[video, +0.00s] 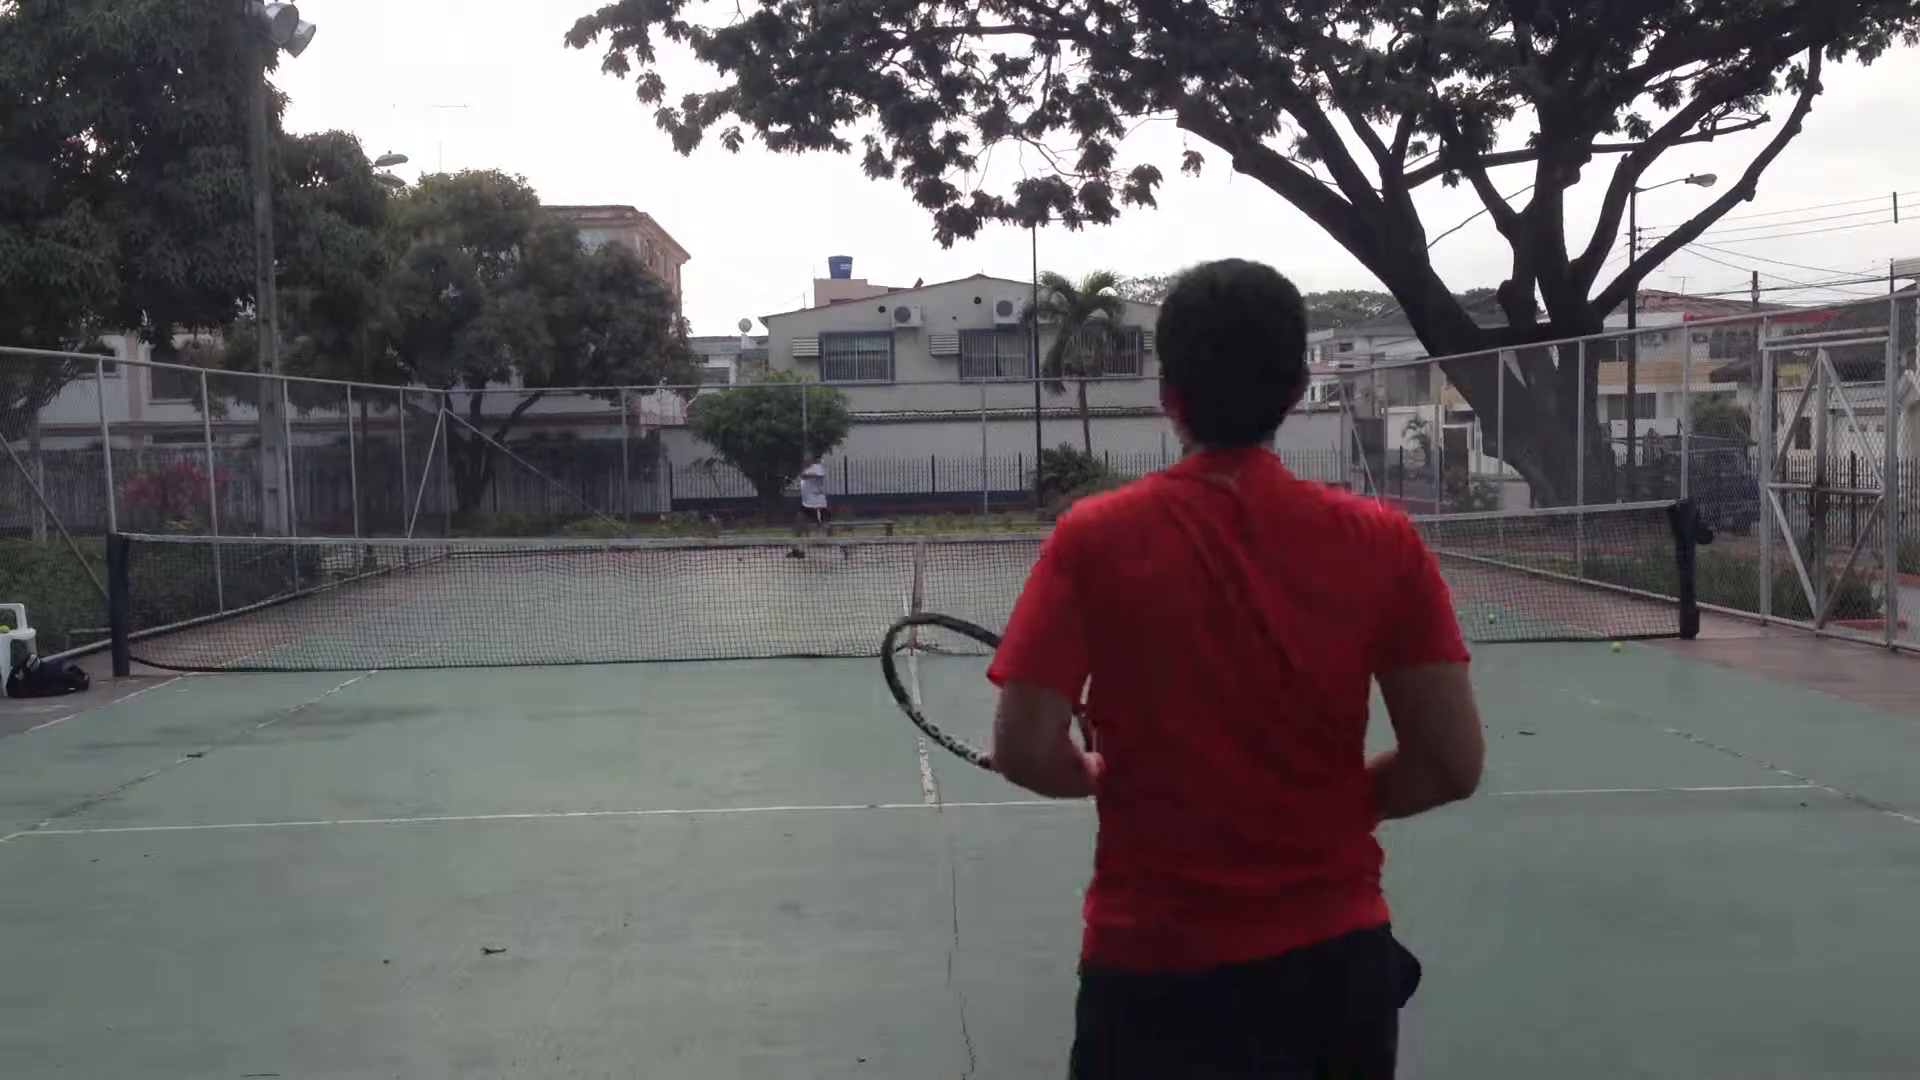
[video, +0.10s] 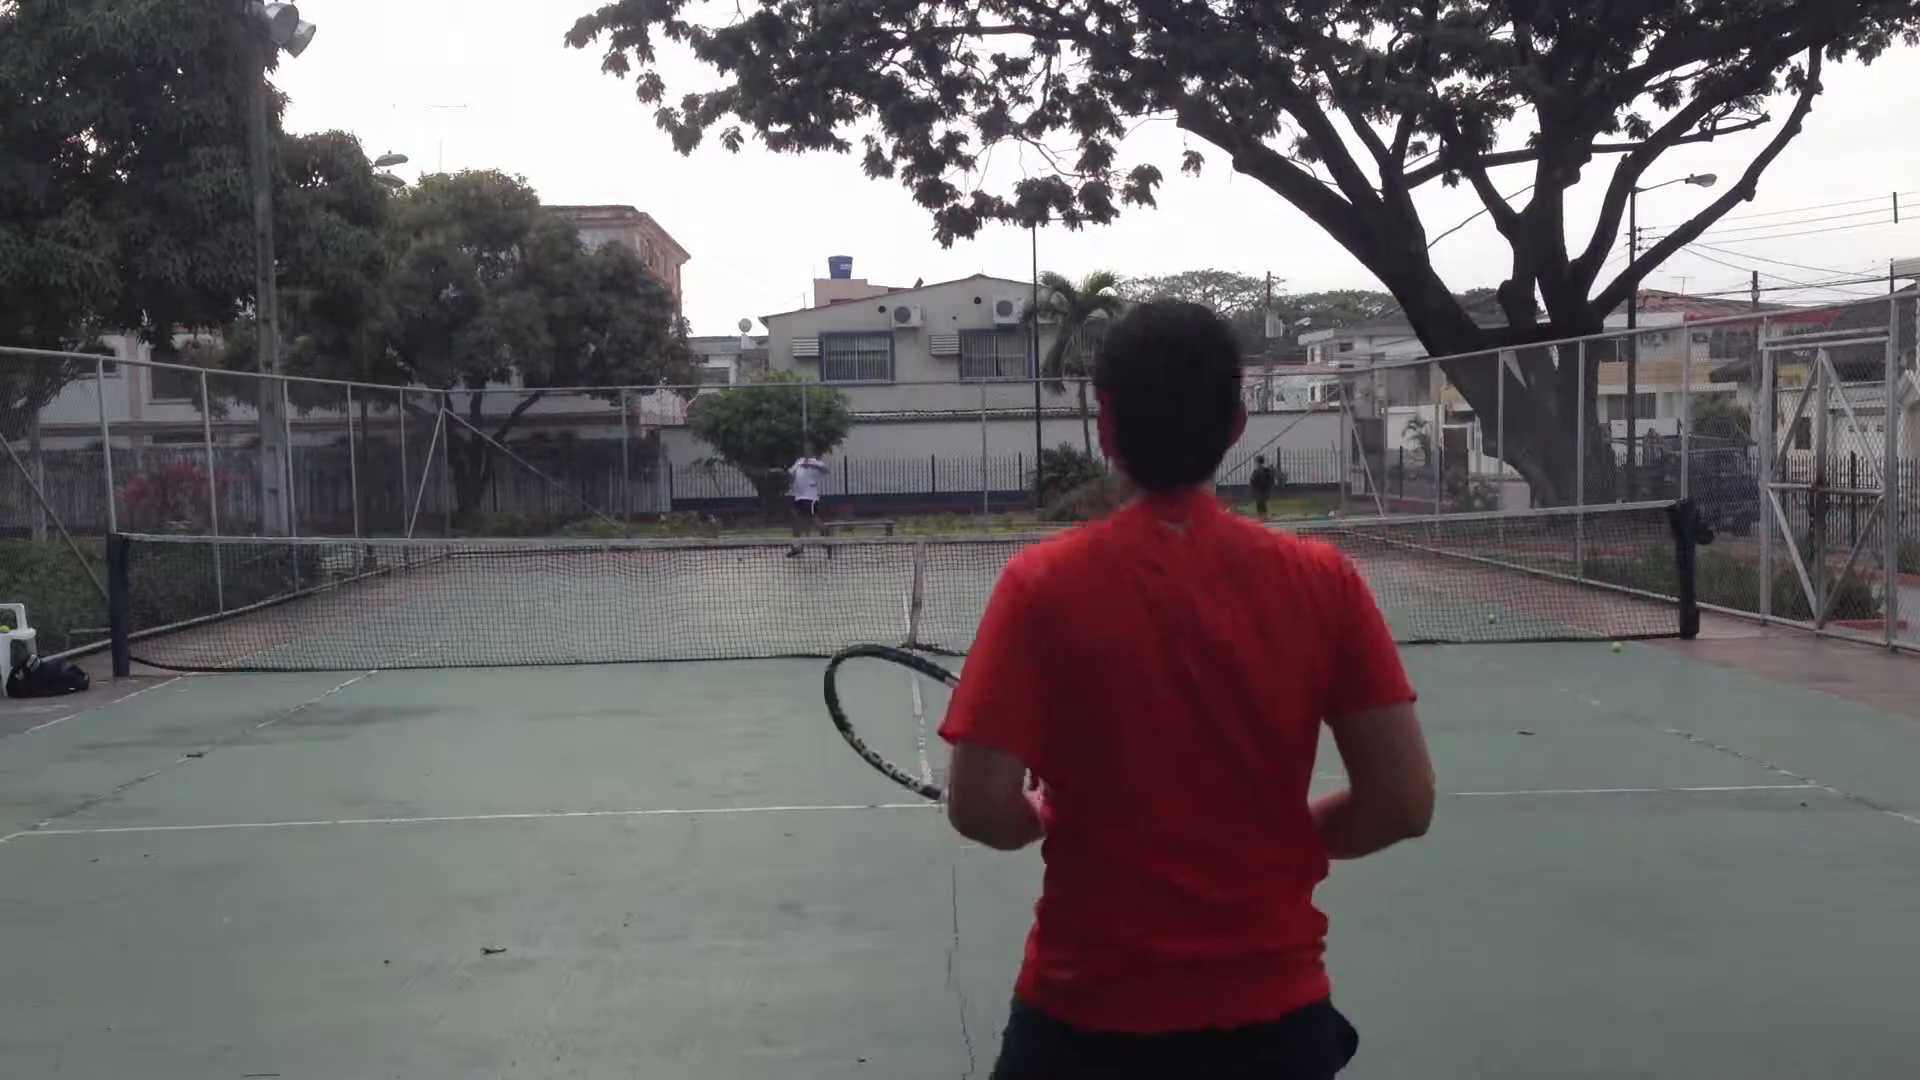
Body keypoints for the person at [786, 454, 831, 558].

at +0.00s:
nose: (805, 460)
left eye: (808, 457)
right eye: (804, 457)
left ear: (814, 458)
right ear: (804, 459)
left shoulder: (818, 467)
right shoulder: (805, 469)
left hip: (818, 504)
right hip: (806, 504)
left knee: (826, 530)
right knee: (798, 527)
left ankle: (842, 547)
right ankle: (798, 549)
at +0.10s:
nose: (807, 453)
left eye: (809, 450)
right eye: (805, 450)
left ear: (813, 452)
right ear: (803, 451)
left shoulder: (817, 463)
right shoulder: (799, 462)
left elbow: (825, 469)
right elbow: (790, 472)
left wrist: (810, 465)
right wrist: (785, 472)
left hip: (811, 496)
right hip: (798, 496)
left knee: (813, 519)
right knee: (796, 521)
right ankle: (797, 545)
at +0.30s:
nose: (801, 450)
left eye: (804, 449)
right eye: (800, 448)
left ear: (809, 452)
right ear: (798, 449)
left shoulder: (813, 463)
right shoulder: (791, 458)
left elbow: (825, 459)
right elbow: (782, 445)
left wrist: (823, 446)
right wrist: (794, 436)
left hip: (803, 496)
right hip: (789, 493)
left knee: (802, 522)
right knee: (787, 519)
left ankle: (804, 545)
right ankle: (784, 545)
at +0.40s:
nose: (798, 452)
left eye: (801, 451)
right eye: (798, 450)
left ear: (806, 454)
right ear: (795, 452)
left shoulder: (811, 465)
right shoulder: (789, 461)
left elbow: (824, 458)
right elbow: (783, 446)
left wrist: (822, 445)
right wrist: (801, 439)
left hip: (801, 498)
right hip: (786, 495)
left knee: (799, 523)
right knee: (787, 521)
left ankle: (801, 547)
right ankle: (784, 546)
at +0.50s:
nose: (798, 451)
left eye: (801, 449)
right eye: (797, 448)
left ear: (806, 452)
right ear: (794, 449)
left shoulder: (811, 463)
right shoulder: (788, 460)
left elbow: (823, 461)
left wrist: (824, 455)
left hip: (802, 497)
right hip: (786, 494)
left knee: (803, 523)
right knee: (786, 520)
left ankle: (804, 546)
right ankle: (785, 545)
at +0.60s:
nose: (804, 450)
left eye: (806, 448)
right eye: (801, 447)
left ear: (808, 450)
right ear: (794, 450)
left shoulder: (811, 464)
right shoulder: (789, 462)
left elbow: (823, 463)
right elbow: (788, 452)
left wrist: (824, 457)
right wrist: (797, 446)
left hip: (804, 496)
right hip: (788, 494)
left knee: (808, 521)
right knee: (787, 521)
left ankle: (808, 545)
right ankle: (786, 546)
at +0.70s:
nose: (804, 454)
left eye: (806, 452)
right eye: (801, 452)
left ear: (809, 454)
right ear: (797, 453)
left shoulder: (811, 466)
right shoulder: (790, 463)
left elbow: (825, 468)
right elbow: (791, 458)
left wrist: (823, 459)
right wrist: (797, 452)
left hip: (806, 498)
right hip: (791, 497)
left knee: (813, 523)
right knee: (790, 522)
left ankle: (814, 545)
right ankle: (786, 546)